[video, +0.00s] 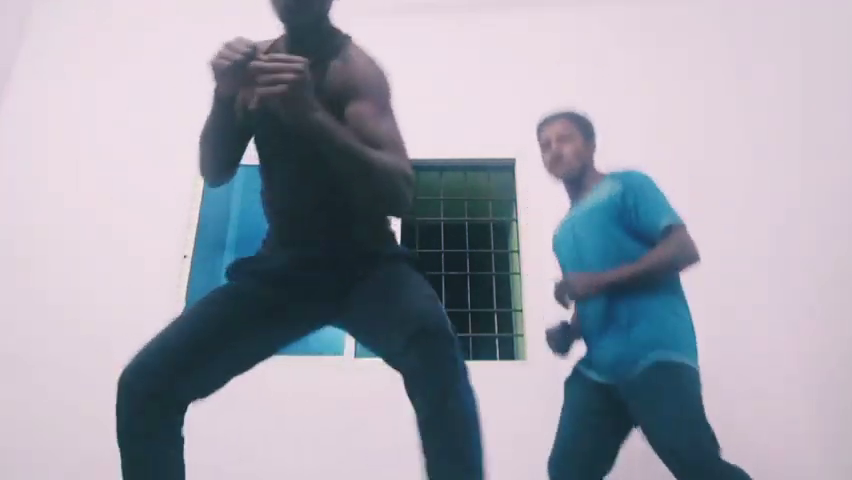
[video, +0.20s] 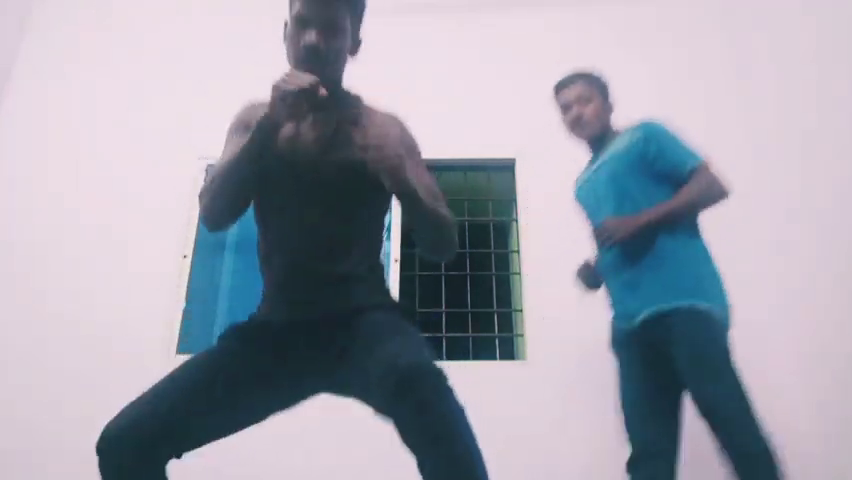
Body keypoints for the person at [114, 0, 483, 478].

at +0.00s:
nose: (296, 3)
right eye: (285, 1)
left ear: (331, 5)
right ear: (272, 6)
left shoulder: (355, 69)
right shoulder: (255, 65)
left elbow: (401, 193)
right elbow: (215, 171)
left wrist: (307, 112)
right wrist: (228, 96)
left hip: (368, 269)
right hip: (283, 273)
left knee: (432, 342)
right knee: (146, 388)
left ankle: (461, 477)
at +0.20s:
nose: (313, 40)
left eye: (330, 29)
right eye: (303, 26)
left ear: (355, 42)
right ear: (286, 35)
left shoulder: (383, 129)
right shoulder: (256, 119)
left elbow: (442, 245)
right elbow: (215, 215)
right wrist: (270, 123)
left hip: (366, 330)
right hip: (276, 333)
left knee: (421, 385)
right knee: (125, 444)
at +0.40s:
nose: (302, 32)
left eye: (319, 22)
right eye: (294, 20)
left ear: (344, 36)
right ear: (282, 30)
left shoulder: (363, 115)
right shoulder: (265, 109)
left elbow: (399, 219)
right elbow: (217, 197)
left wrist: (315, 165)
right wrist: (246, 123)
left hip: (350, 302)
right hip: (269, 305)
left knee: (400, 382)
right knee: (131, 419)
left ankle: (464, 476)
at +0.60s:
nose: (298, 37)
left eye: (314, 27)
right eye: (289, 25)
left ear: (336, 36)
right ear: (276, 32)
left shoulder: (351, 111)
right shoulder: (261, 111)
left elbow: (370, 212)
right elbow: (238, 206)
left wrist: (279, 160)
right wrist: (240, 145)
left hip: (348, 284)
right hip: (274, 288)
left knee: (403, 387)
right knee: (145, 416)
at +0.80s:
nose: (298, 69)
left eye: (313, 58)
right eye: (288, 56)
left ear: (337, 61)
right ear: (275, 58)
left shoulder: (364, 131)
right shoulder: (256, 135)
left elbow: (412, 235)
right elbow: (228, 224)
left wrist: (356, 193)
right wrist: (226, 148)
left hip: (352, 292)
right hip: (273, 296)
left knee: (414, 377)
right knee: (140, 421)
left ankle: (470, 478)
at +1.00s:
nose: (308, 78)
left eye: (322, 66)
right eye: (299, 65)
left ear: (343, 68)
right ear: (284, 64)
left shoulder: (372, 138)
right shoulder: (259, 134)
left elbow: (419, 241)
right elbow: (218, 209)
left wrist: (403, 196)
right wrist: (202, 139)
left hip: (354, 291)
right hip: (271, 292)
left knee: (420, 378)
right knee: (147, 424)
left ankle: (471, 475)